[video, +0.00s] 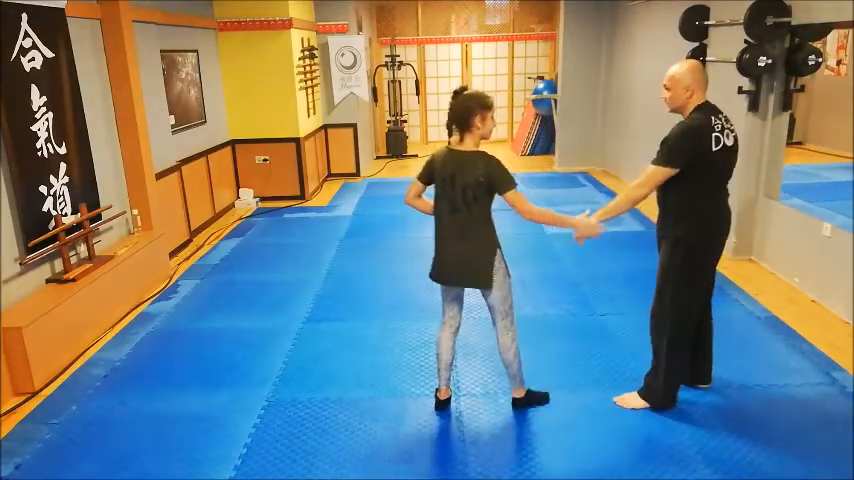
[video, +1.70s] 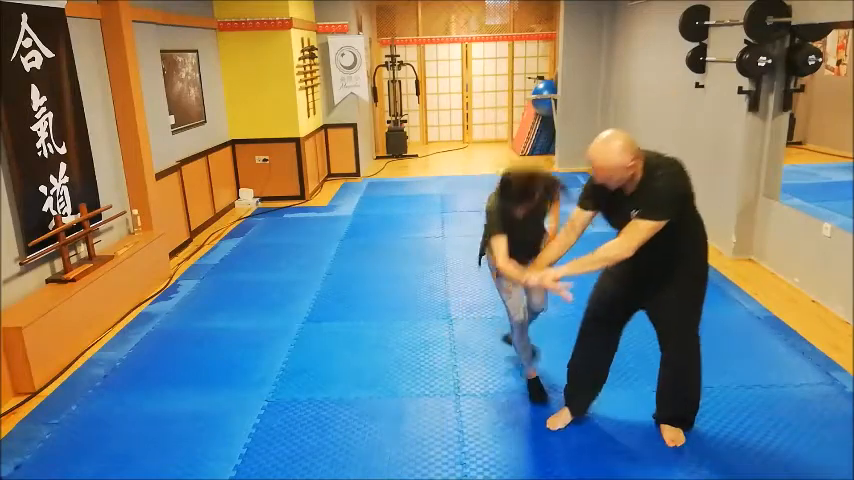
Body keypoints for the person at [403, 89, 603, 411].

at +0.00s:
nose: (494, 122)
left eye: (492, 116)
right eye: (489, 116)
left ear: (464, 121)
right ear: (475, 121)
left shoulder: (438, 159)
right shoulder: (489, 164)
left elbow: (411, 198)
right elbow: (527, 211)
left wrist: (443, 210)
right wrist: (575, 223)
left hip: (447, 255)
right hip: (485, 256)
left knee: (449, 320)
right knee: (504, 323)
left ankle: (442, 391)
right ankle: (519, 391)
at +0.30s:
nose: (512, 124)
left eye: (511, 118)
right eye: (510, 118)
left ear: (480, 120)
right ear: (498, 119)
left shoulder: (460, 159)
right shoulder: (510, 163)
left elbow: (450, 207)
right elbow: (540, 212)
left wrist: (482, 203)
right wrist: (577, 226)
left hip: (470, 254)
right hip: (505, 254)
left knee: (471, 314)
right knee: (514, 324)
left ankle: (450, 383)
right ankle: (522, 393)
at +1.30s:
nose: (526, 147)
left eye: (529, 142)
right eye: (525, 141)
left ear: (503, 134)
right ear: (506, 134)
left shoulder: (475, 155)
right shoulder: (496, 167)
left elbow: (475, 194)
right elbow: (537, 209)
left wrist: (501, 210)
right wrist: (577, 222)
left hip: (463, 244)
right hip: (484, 247)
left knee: (462, 313)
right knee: (519, 308)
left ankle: (451, 382)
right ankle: (519, 378)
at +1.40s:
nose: (531, 155)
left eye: (535, 151)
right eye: (529, 150)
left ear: (513, 137)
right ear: (513, 140)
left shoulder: (492, 154)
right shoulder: (504, 168)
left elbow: (503, 189)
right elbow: (528, 213)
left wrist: (521, 212)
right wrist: (566, 228)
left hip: (477, 243)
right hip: (490, 247)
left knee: (481, 306)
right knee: (523, 308)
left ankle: (454, 374)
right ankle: (520, 378)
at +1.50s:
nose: (531, 163)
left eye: (537, 158)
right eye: (527, 156)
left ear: (543, 153)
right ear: (514, 148)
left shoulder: (524, 170)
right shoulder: (504, 175)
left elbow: (528, 202)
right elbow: (522, 221)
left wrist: (534, 219)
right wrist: (556, 243)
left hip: (508, 239)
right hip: (490, 240)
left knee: (509, 306)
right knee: (523, 310)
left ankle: (465, 352)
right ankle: (522, 376)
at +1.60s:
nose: (528, 181)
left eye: (534, 176)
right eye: (522, 176)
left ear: (541, 168)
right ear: (512, 168)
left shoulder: (536, 177)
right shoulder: (502, 188)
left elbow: (543, 203)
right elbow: (515, 240)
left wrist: (545, 222)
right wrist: (548, 262)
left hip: (525, 236)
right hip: (496, 240)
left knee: (533, 300)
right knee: (519, 310)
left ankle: (489, 338)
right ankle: (528, 373)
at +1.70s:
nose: (521, 213)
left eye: (526, 209)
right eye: (517, 209)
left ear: (536, 196)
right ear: (508, 200)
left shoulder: (542, 185)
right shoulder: (496, 206)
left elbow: (555, 192)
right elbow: (502, 262)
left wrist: (552, 228)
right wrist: (540, 279)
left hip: (534, 244)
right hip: (504, 253)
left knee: (537, 305)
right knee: (519, 319)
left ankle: (517, 334)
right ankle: (530, 372)